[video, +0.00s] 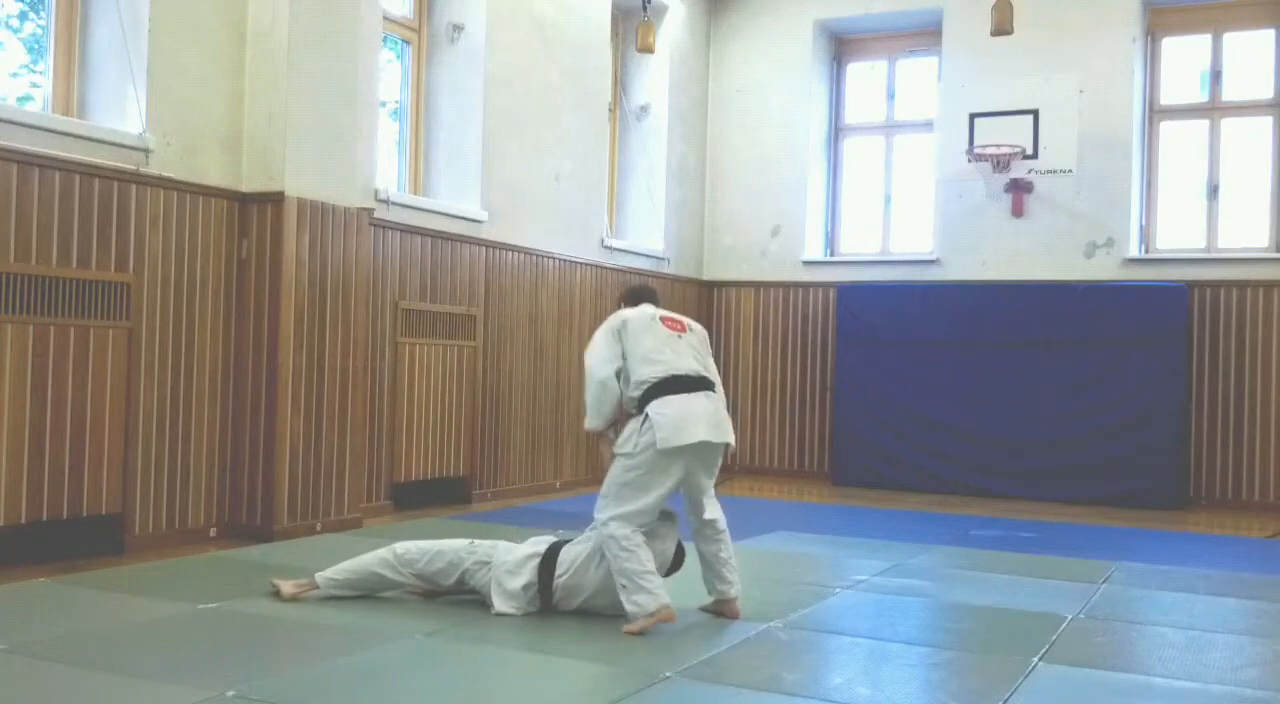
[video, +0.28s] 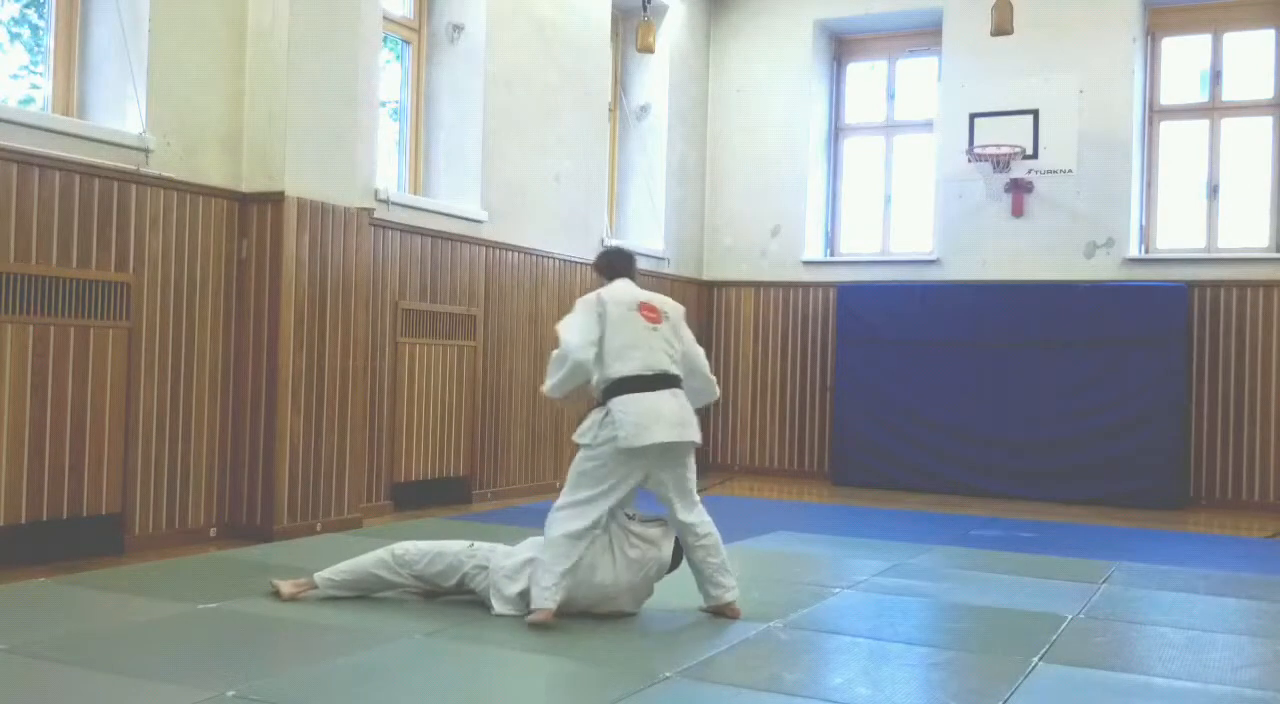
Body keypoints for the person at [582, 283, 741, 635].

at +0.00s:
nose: (618, 314)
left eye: (618, 310)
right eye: (620, 310)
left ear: (624, 306)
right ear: (656, 304)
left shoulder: (618, 321)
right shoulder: (692, 326)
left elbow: (601, 368)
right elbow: (715, 381)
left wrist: (599, 424)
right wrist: (726, 432)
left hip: (663, 419)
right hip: (712, 417)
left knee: (613, 515)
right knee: (704, 504)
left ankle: (651, 604)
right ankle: (727, 597)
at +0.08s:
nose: (616, 298)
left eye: (617, 293)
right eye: (619, 293)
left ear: (623, 291)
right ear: (654, 290)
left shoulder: (619, 307)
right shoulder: (691, 318)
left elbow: (598, 352)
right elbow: (718, 382)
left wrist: (589, 405)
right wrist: (714, 428)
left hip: (656, 411)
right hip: (703, 412)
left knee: (596, 501)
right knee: (698, 505)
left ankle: (627, 586)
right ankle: (728, 597)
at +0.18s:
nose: (610, 288)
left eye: (610, 283)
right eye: (611, 283)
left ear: (617, 281)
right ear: (647, 279)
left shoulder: (612, 303)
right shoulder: (684, 311)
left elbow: (596, 351)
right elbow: (711, 372)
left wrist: (572, 389)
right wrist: (710, 407)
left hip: (643, 412)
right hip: (691, 409)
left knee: (583, 501)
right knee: (692, 507)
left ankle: (584, 588)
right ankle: (726, 597)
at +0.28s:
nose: (594, 281)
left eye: (594, 275)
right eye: (596, 275)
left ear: (601, 274)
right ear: (633, 273)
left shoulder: (593, 302)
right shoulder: (668, 306)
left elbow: (578, 353)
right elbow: (699, 369)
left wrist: (554, 387)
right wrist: (696, 397)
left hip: (624, 417)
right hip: (675, 413)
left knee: (573, 510)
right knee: (689, 509)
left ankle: (544, 602)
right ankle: (724, 598)